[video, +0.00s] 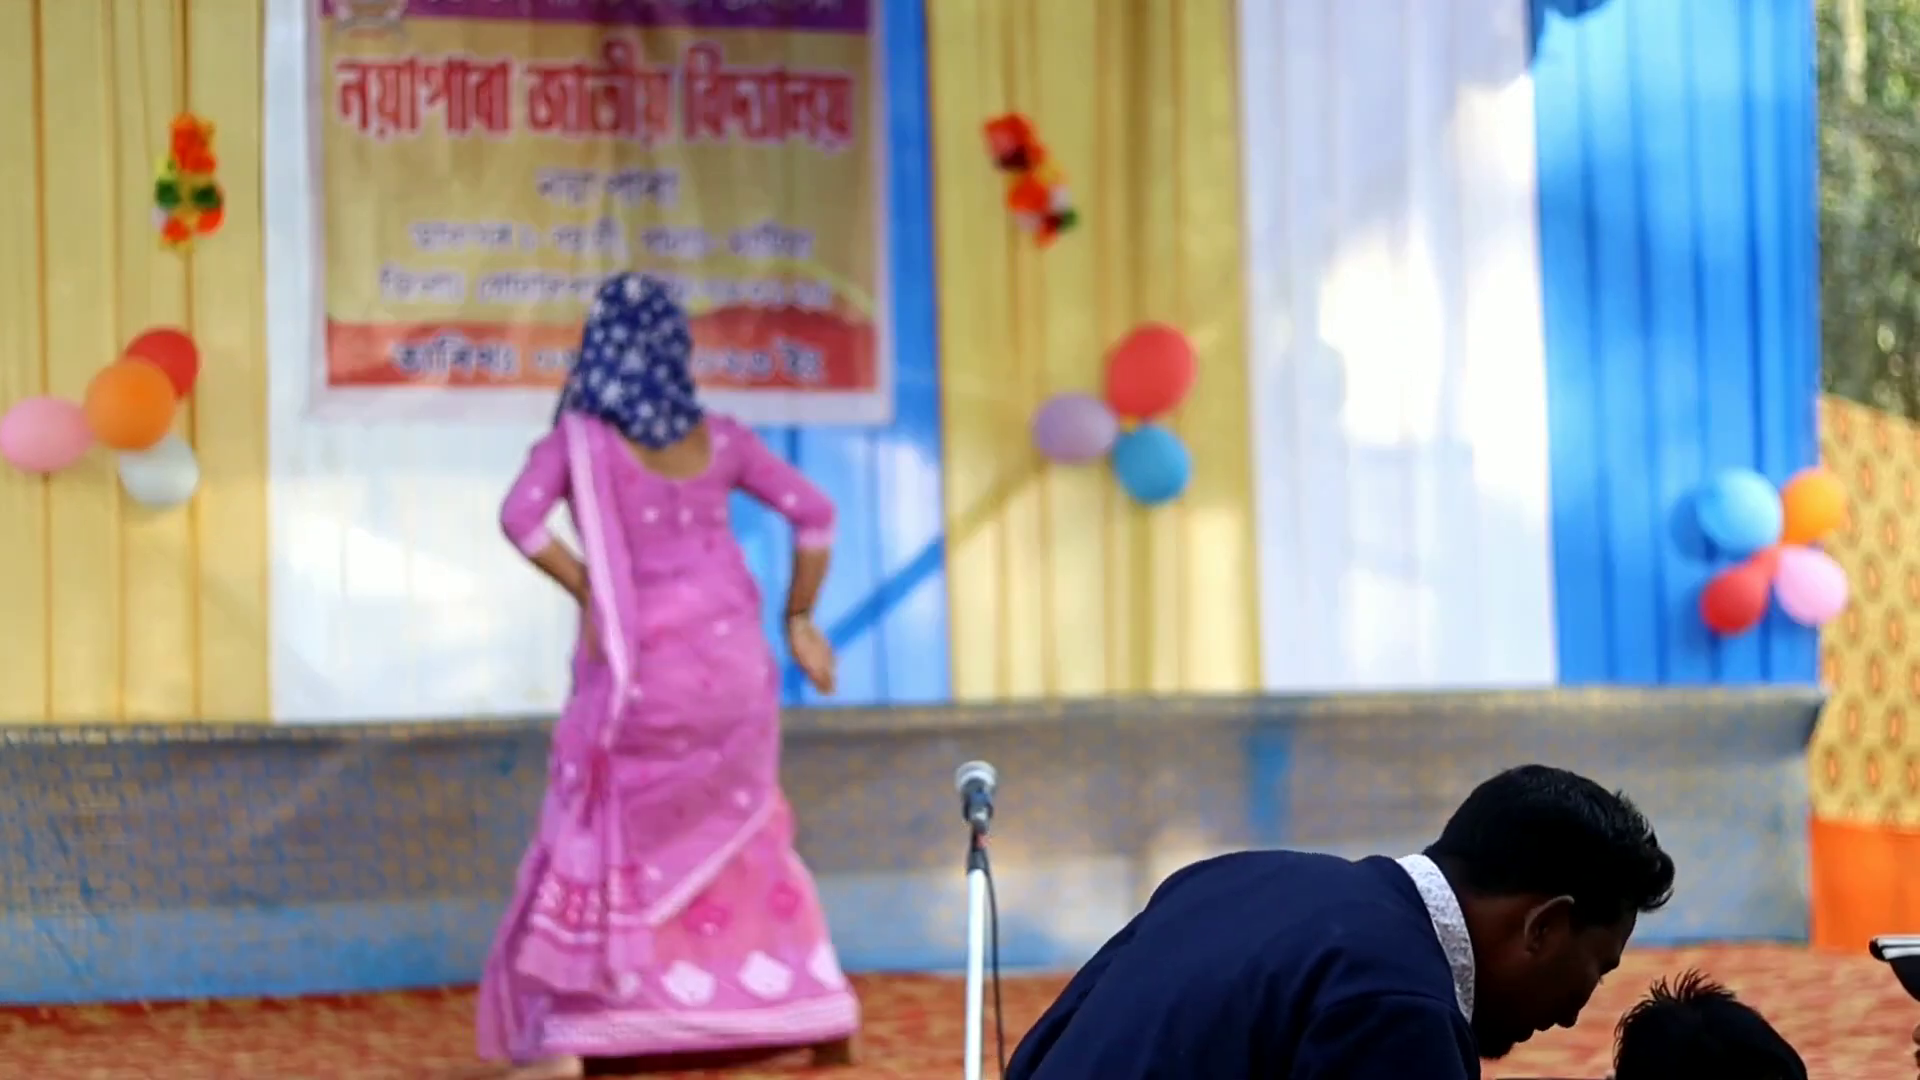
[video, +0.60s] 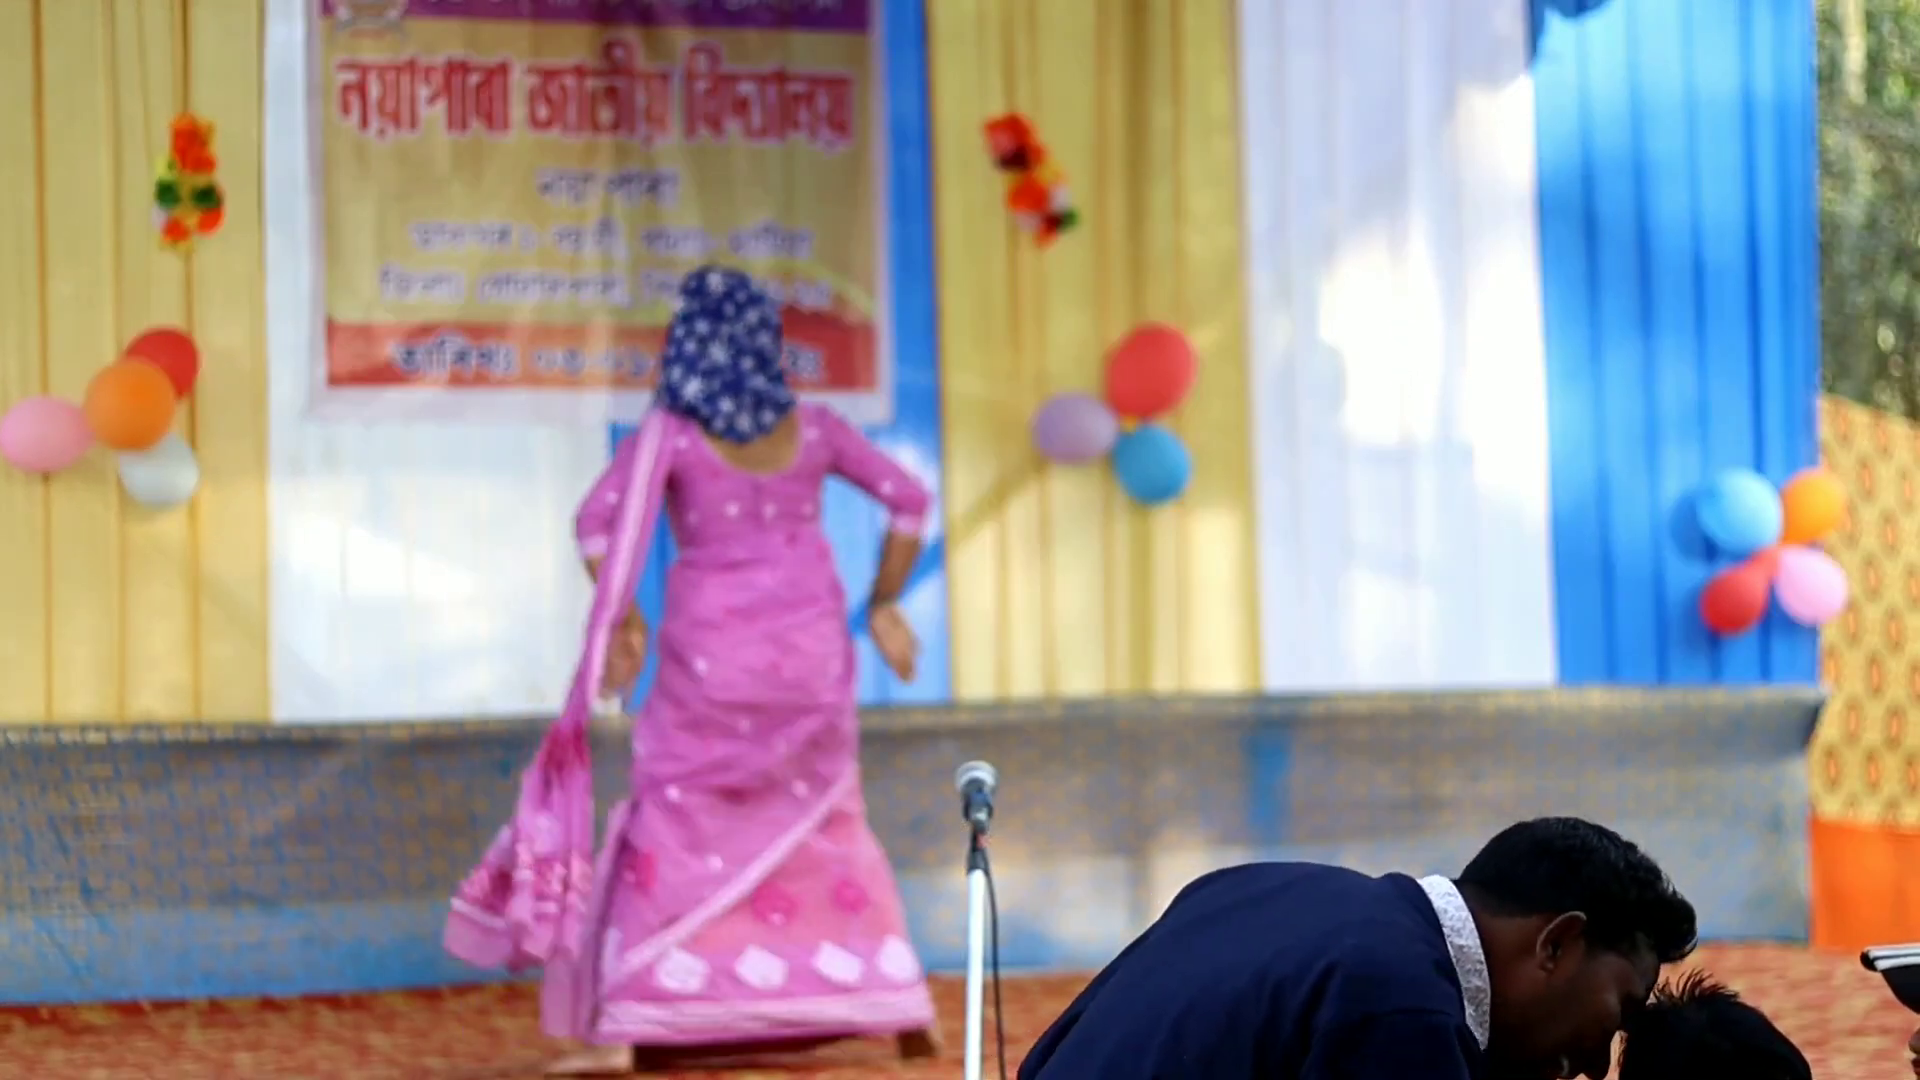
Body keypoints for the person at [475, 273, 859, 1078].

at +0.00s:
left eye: (595, 345)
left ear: (598, 351)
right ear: (680, 351)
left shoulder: (579, 438)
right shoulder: (717, 435)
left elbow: (520, 520)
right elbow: (814, 513)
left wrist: (587, 592)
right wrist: (799, 615)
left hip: (639, 672)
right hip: (737, 667)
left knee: (589, 832)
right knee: (759, 825)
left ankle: (564, 1033)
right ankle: (826, 1008)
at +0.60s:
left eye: (675, 343)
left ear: (683, 348)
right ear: (771, 345)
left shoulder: (669, 435)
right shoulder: (814, 428)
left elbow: (597, 519)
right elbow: (909, 499)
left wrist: (624, 616)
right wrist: (883, 601)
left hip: (714, 656)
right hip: (813, 652)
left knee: (664, 819)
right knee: (837, 813)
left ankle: (624, 1021)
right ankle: (902, 999)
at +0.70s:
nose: (707, 359)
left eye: (713, 346)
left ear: (719, 355)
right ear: (802, 353)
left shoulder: (700, 440)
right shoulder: (841, 440)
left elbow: (635, 527)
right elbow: (922, 534)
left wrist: (702, 609)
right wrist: (982, 620)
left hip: (772, 665)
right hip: (865, 659)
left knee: (696, 825)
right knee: (875, 825)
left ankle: (651, 1015)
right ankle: (912, 1010)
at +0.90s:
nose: (837, 348)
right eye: (838, 335)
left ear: (768, 357)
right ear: (847, 349)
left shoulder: (750, 442)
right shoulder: (892, 441)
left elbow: (717, 543)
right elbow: (969, 535)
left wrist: (808, 585)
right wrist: (1049, 615)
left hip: (792, 670)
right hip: (898, 665)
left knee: (753, 833)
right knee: (897, 831)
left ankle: (723, 1000)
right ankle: (901, 1012)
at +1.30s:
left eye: (723, 349)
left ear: (726, 353)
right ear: (808, 343)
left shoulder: (718, 435)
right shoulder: (862, 428)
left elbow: (675, 537)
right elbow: (948, 503)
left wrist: (694, 625)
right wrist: (955, 607)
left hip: (731, 659)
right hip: (837, 659)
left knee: (674, 810)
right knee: (850, 821)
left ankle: (646, 1000)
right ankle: (885, 1009)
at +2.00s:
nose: (645, 340)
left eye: (651, 326)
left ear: (663, 334)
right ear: (741, 330)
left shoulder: (646, 412)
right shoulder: (779, 418)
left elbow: (593, 520)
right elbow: (847, 514)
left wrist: (564, 619)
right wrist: (831, 615)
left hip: (649, 631)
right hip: (748, 637)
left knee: (623, 804)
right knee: (768, 809)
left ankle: (610, 1007)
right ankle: (838, 1003)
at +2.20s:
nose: (605, 336)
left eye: (614, 323)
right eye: (610, 321)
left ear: (634, 332)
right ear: (707, 336)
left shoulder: (604, 412)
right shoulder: (722, 427)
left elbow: (549, 519)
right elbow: (787, 528)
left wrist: (496, 611)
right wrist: (716, 586)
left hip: (605, 650)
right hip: (702, 650)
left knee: (592, 830)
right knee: (731, 819)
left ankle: (610, 1029)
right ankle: (823, 995)